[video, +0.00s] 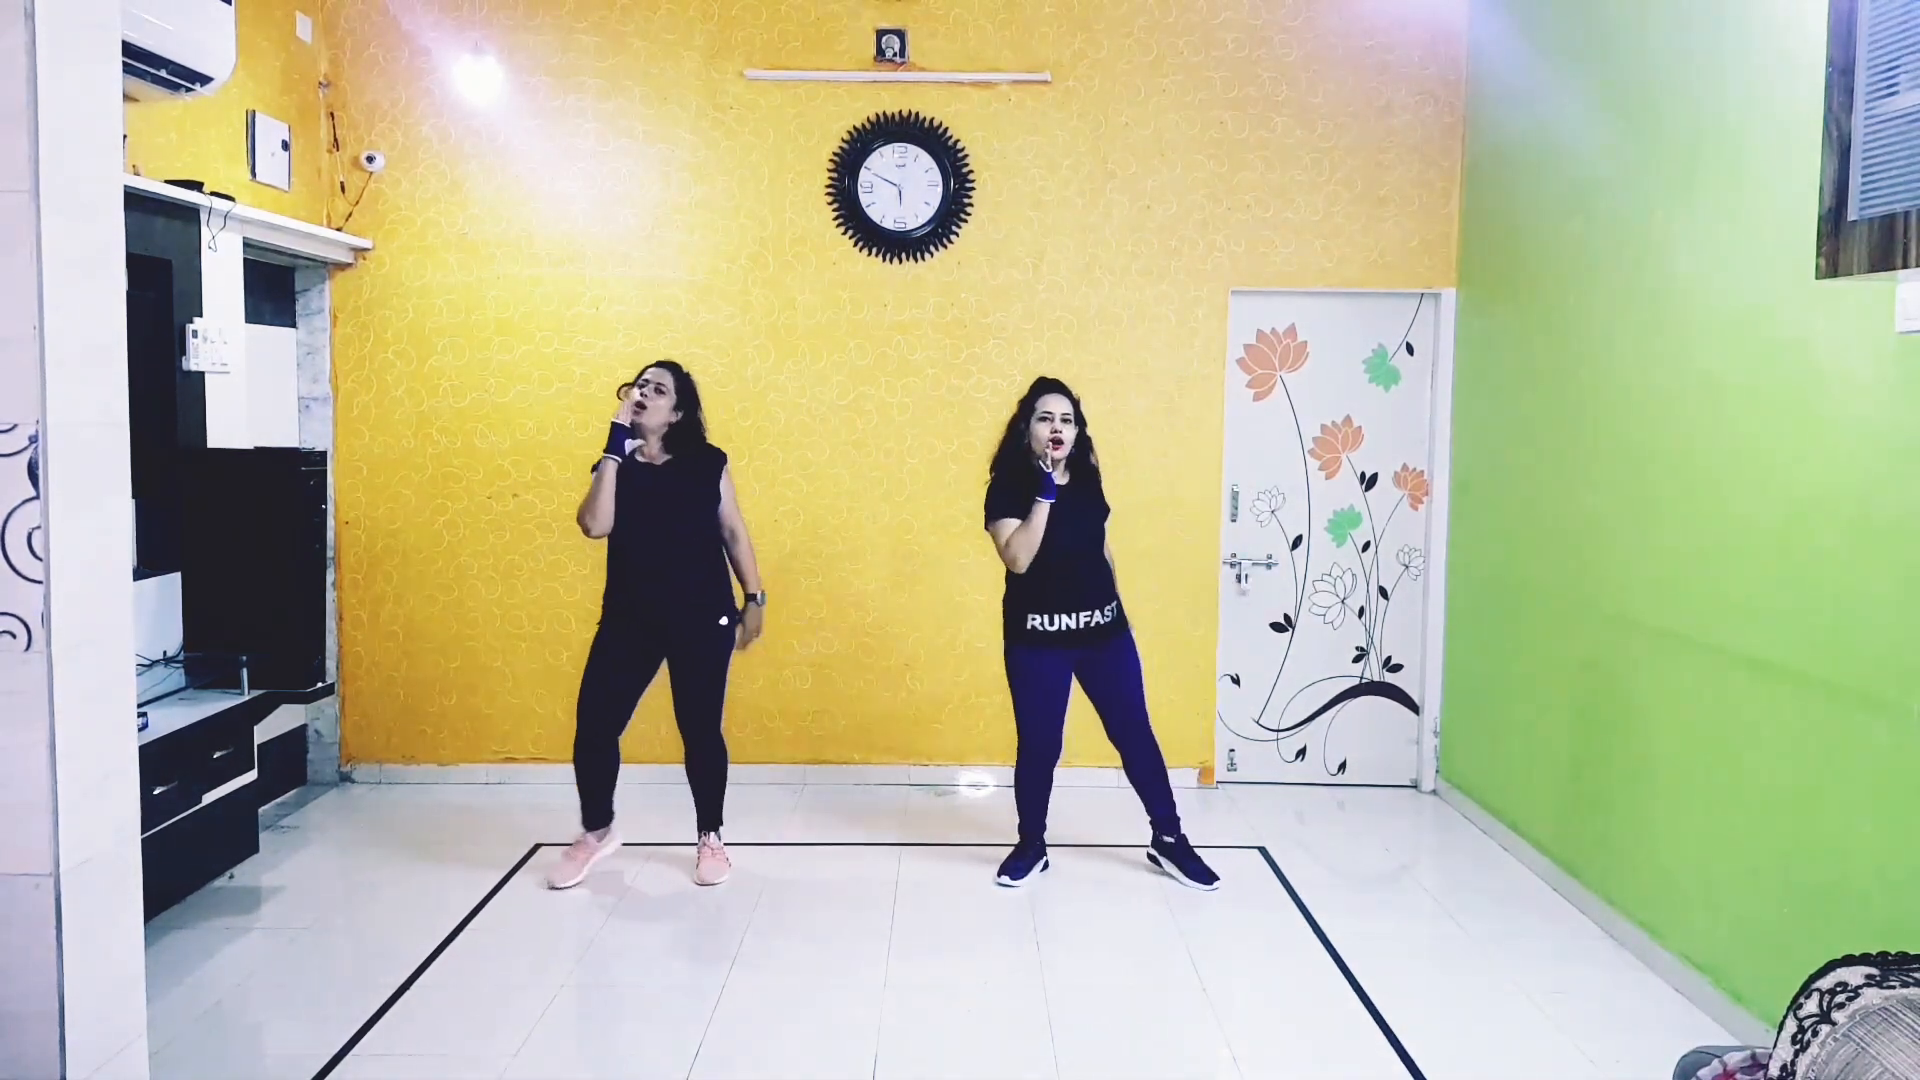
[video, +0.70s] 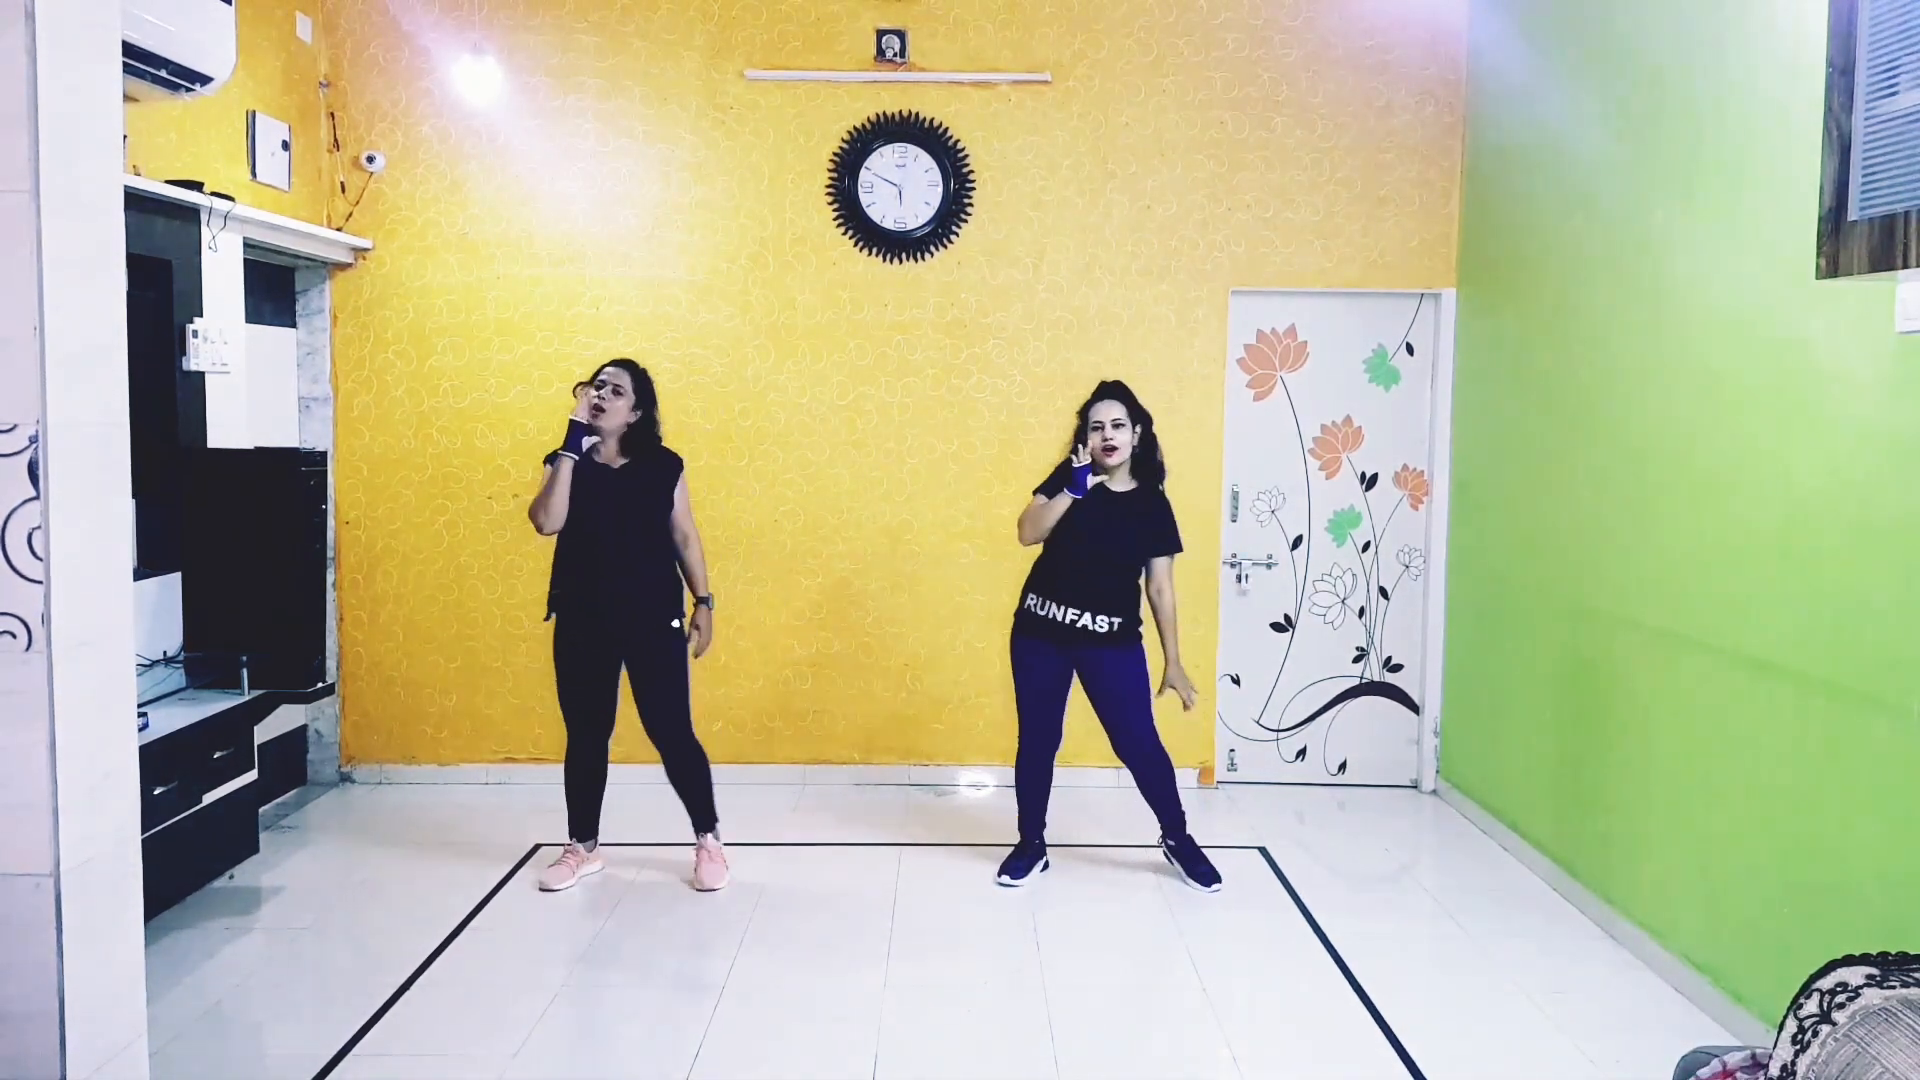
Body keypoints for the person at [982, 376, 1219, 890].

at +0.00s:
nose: (1057, 429)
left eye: (1066, 420)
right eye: (1045, 419)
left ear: (1077, 427)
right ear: (1025, 425)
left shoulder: (1087, 475)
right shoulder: (1008, 483)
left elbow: (1101, 547)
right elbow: (1016, 559)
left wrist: (1114, 610)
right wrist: (1048, 489)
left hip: (1101, 627)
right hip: (1036, 633)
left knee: (1135, 734)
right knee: (1038, 746)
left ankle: (1169, 836)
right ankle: (1030, 843)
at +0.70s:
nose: (1107, 434)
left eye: (1118, 425)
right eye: (1097, 426)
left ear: (1137, 433)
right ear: (1085, 436)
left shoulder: (1151, 503)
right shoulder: (1069, 477)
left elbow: (1161, 586)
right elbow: (1028, 533)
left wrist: (1173, 663)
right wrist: (1072, 487)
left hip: (1111, 639)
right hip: (1042, 629)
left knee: (1140, 746)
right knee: (1036, 742)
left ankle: (1178, 838)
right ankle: (1030, 842)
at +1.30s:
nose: (1157, 436)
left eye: (1167, 425)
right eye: (1147, 428)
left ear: (1191, 432)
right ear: (1136, 438)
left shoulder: (1219, 496)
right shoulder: (1131, 491)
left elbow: (1243, 575)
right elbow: (1101, 557)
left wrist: (1260, 648)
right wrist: (1131, 499)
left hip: (1197, 648)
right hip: (1127, 638)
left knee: (1194, 755)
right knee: (1084, 742)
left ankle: (1193, 844)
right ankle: (1040, 839)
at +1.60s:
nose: (1143, 435)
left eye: (1154, 426)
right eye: (1132, 426)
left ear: (1171, 436)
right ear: (1118, 436)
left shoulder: (1199, 484)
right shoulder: (1110, 499)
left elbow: (1254, 542)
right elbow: (1094, 578)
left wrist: (1296, 598)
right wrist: (1127, 552)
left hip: (1203, 642)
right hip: (1132, 641)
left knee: (1202, 753)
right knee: (1087, 743)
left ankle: (1195, 844)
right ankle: (1040, 839)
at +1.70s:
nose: (1137, 436)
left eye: (1147, 428)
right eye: (1127, 426)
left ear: (1158, 438)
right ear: (1106, 435)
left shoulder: (1181, 482)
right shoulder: (1092, 505)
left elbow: (1246, 516)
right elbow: (1082, 582)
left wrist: (1310, 543)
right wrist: (1111, 602)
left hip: (1197, 636)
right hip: (1126, 640)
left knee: (1200, 749)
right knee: (1084, 744)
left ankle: (1194, 844)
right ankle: (1034, 838)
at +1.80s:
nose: (1131, 439)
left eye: (1139, 432)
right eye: (1120, 428)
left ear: (1145, 441)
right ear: (1094, 432)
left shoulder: (1158, 487)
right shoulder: (1072, 508)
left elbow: (1227, 510)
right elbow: (1061, 585)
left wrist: (1305, 490)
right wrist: (1091, 630)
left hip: (1182, 637)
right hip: (1114, 643)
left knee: (1195, 746)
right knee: (1077, 748)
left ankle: (1194, 843)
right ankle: (1030, 840)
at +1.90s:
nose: (1120, 439)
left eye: (1127, 432)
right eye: (1109, 428)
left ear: (1133, 440)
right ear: (1082, 432)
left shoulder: (1136, 491)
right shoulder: (1054, 504)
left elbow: (1195, 521)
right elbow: (1040, 580)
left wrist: (1243, 472)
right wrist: (1068, 640)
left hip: (1163, 639)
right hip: (1096, 645)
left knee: (1184, 745)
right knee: (1069, 753)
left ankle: (1194, 844)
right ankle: (1029, 842)